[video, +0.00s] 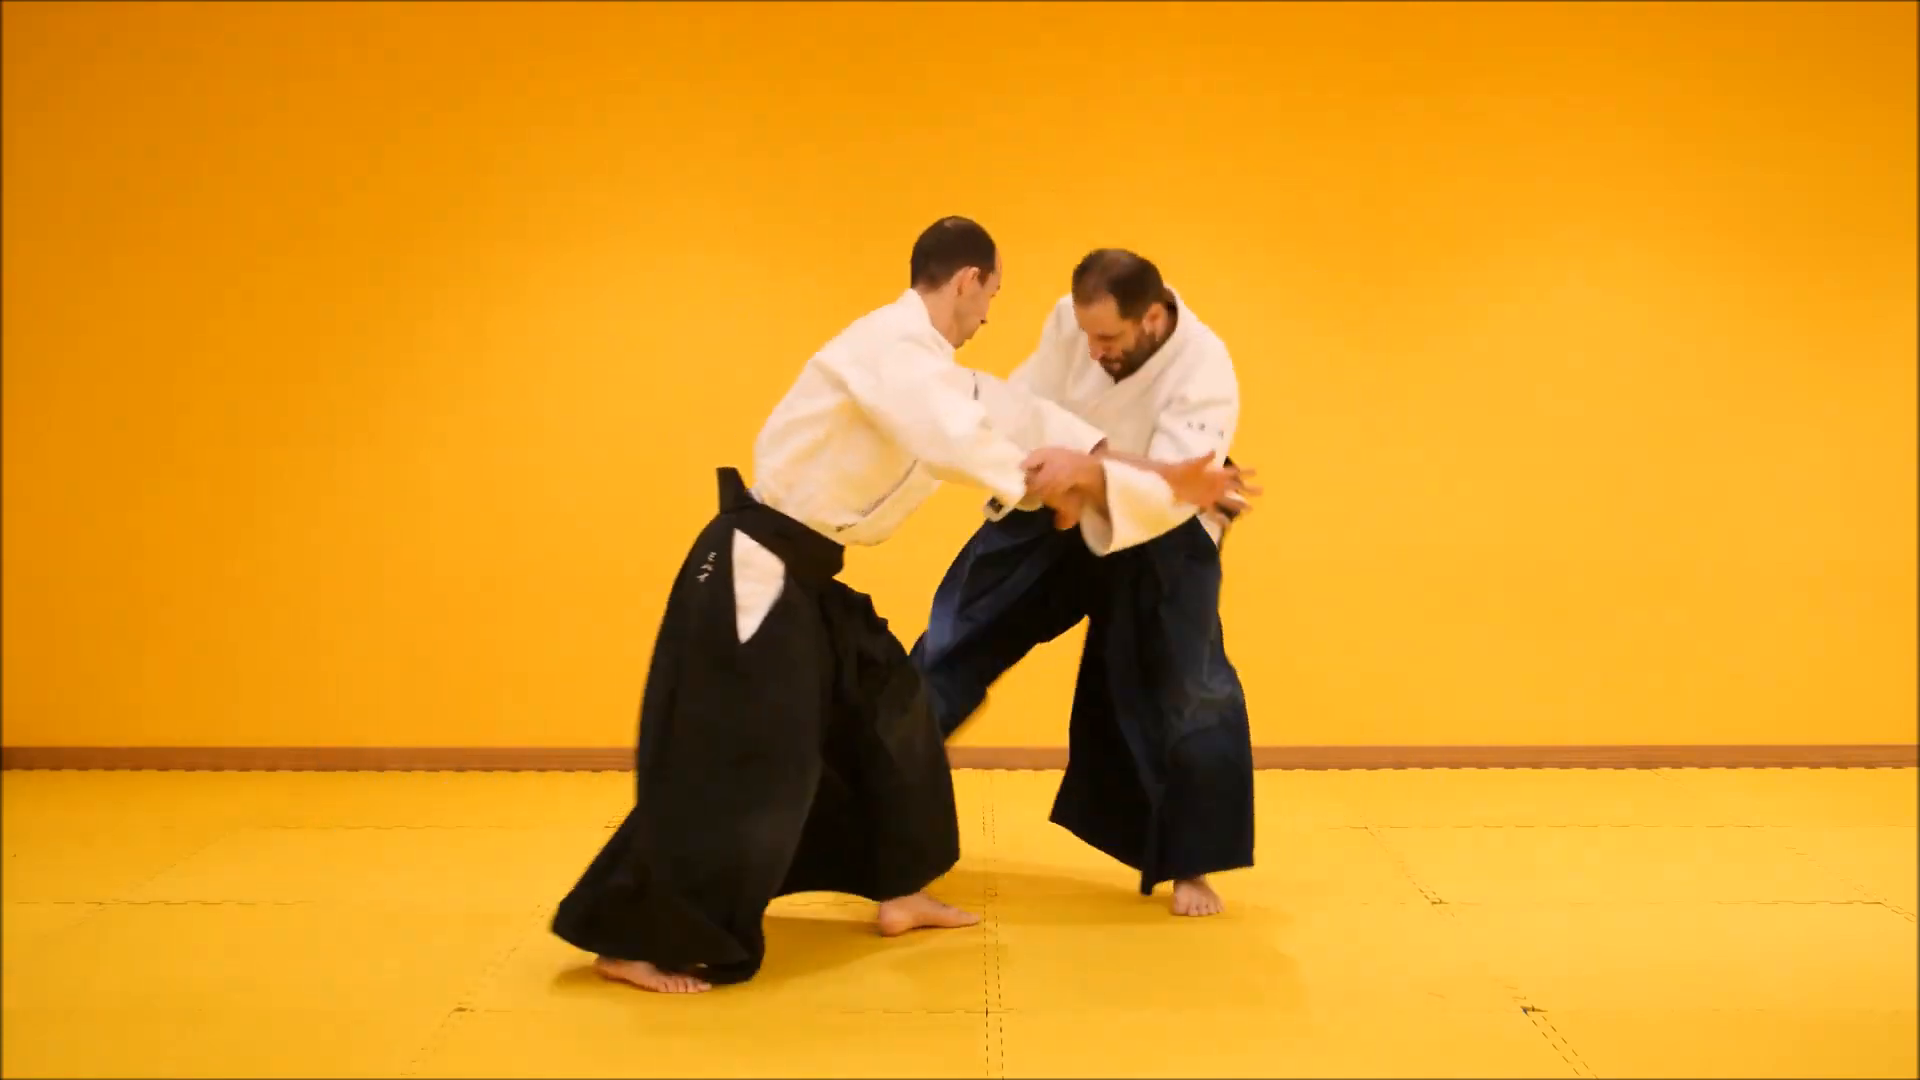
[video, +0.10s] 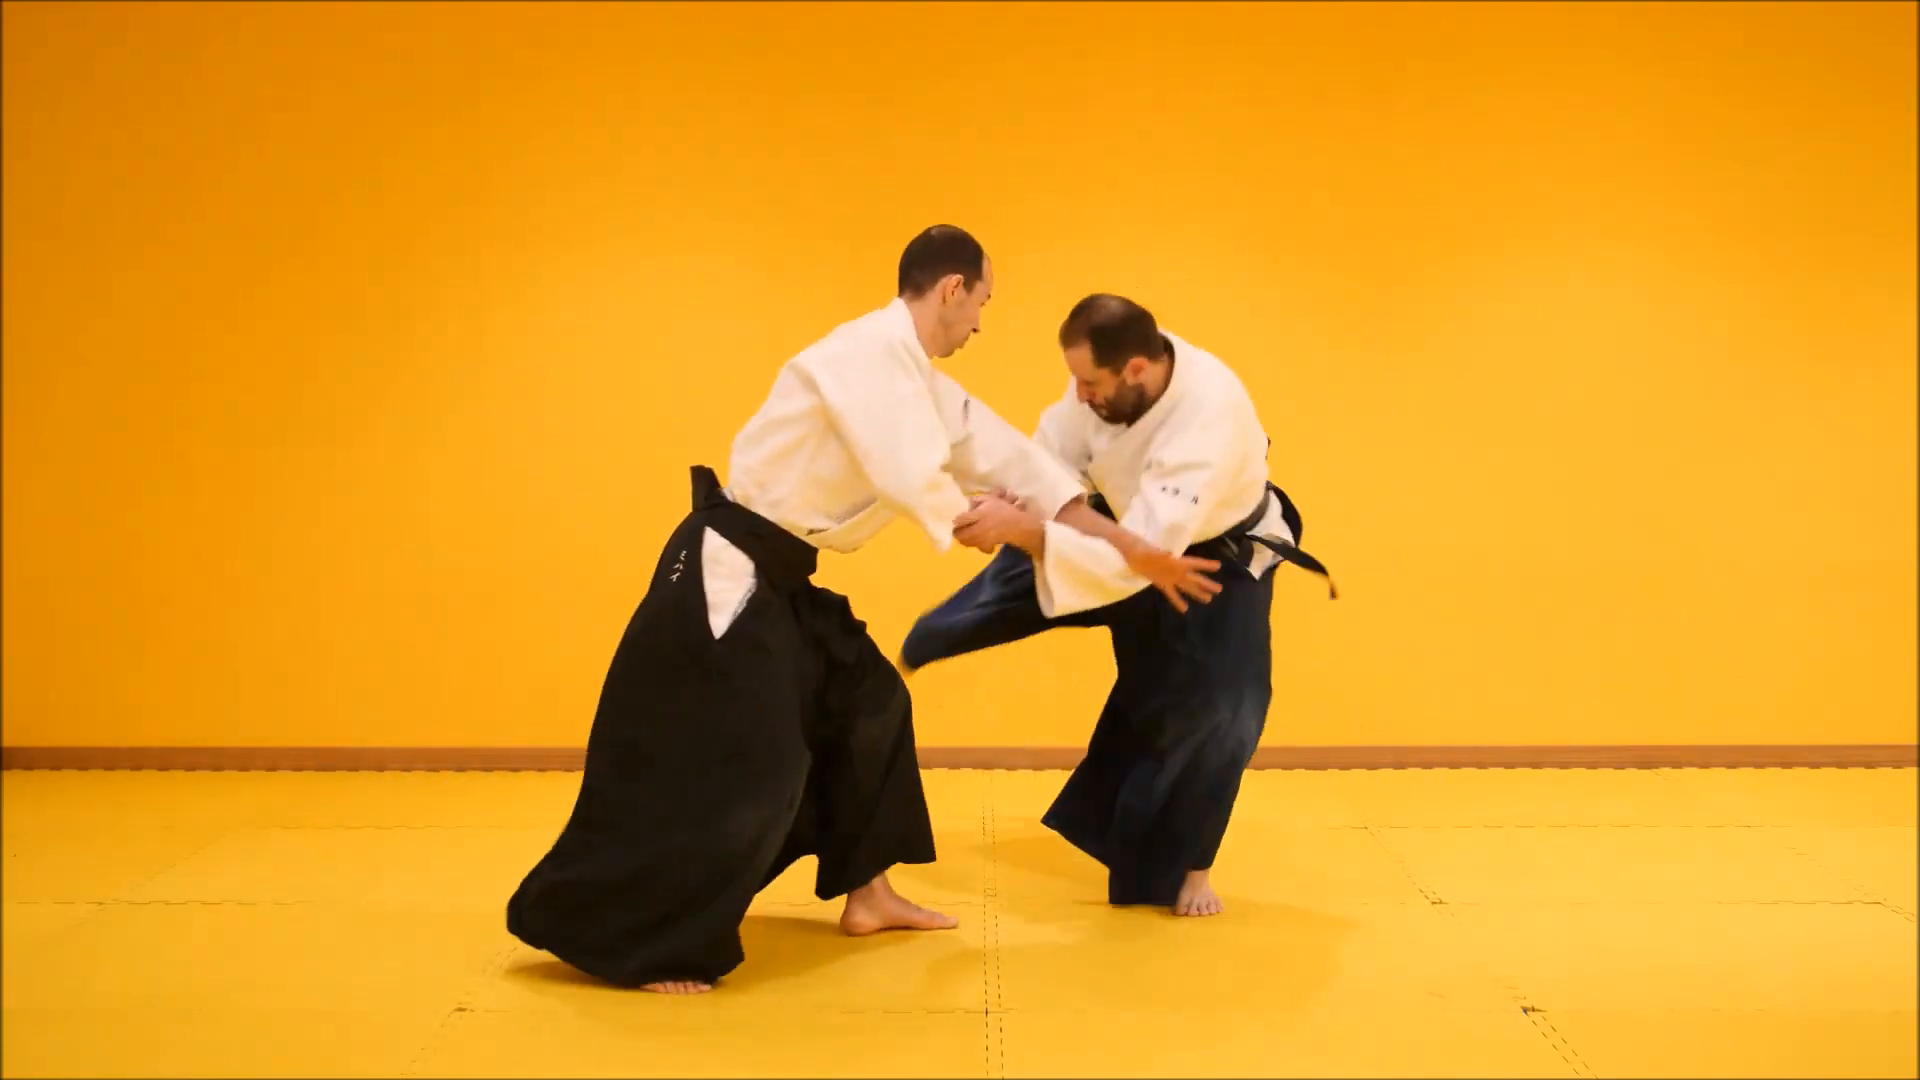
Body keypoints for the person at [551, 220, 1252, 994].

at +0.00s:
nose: (993, 308)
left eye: (993, 295)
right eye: (993, 292)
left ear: (939, 278)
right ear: (966, 282)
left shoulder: (938, 367)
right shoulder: (889, 344)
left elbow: (1047, 435)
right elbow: (958, 440)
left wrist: (1174, 481)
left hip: (807, 578)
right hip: (751, 568)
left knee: (894, 703)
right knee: (742, 755)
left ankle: (899, 893)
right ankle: (639, 937)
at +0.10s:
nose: (981, 322)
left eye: (983, 306)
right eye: (980, 303)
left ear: (933, 287)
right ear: (949, 289)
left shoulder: (929, 382)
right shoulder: (870, 355)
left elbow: (1022, 465)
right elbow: (926, 491)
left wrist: (1130, 547)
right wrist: (1013, 531)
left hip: (782, 578)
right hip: (727, 568)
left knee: (872, 701)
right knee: (750, 756)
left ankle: (866, 891)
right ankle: (661, 935)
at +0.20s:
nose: (982, 335)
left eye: (986, 320)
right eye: (984, 317)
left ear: (937, 298)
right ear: (956, 300)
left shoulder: (926, 394)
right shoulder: (871, 364)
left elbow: (1006, 498)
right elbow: (901, 502)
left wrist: (1104, 594)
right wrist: (966, 544)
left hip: (778, 584)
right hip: (725, 574)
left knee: (874, 703)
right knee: (767, 753)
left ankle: (869, 893)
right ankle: (665, 942)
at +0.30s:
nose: (997, 333)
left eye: (1001, 317)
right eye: (996, 313)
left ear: (956, 303)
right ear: (958, 300)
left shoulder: (945, 404)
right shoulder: (877, 356)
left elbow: (1006, 516)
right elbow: (898, 473)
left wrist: (1086, 623)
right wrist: (920, 532)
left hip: (797, 583)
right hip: (744, 567)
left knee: (883, 711)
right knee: (792, 757)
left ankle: (873, 896)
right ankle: (660, 938)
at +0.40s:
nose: (1009, 319)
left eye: (1013, 302)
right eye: (1007, 299)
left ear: (965, 291)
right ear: (967, 288)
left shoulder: (956, 389)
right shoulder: (889, 343)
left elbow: (1007, 505)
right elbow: (931, 445)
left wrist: (1074, 618)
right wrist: (978, 504)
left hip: (802, 561)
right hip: (754, 548)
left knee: (885, 708)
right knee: (826, 725)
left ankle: (873, 896)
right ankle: (724, 922)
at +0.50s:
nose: (1007, 310)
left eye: (1011, 295)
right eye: (1006, 293)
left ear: (957, 283)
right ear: (971, 282)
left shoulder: (937, 352)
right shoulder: (908, 334)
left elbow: (994, 480)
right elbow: (1014, 422)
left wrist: (1064, 576)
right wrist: (1093, 491)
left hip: (816, 563)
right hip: (769, 559)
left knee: (917, 695)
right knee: (845, 736)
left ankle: (876, 877)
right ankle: (762, 934)